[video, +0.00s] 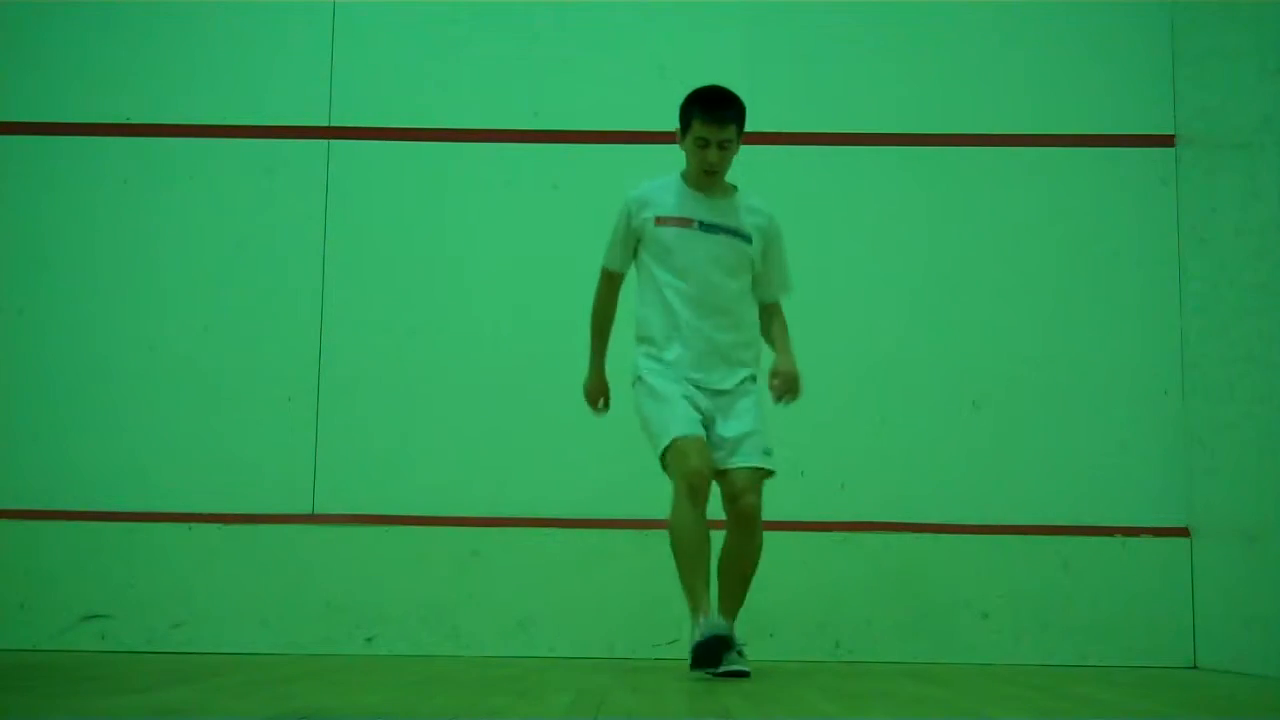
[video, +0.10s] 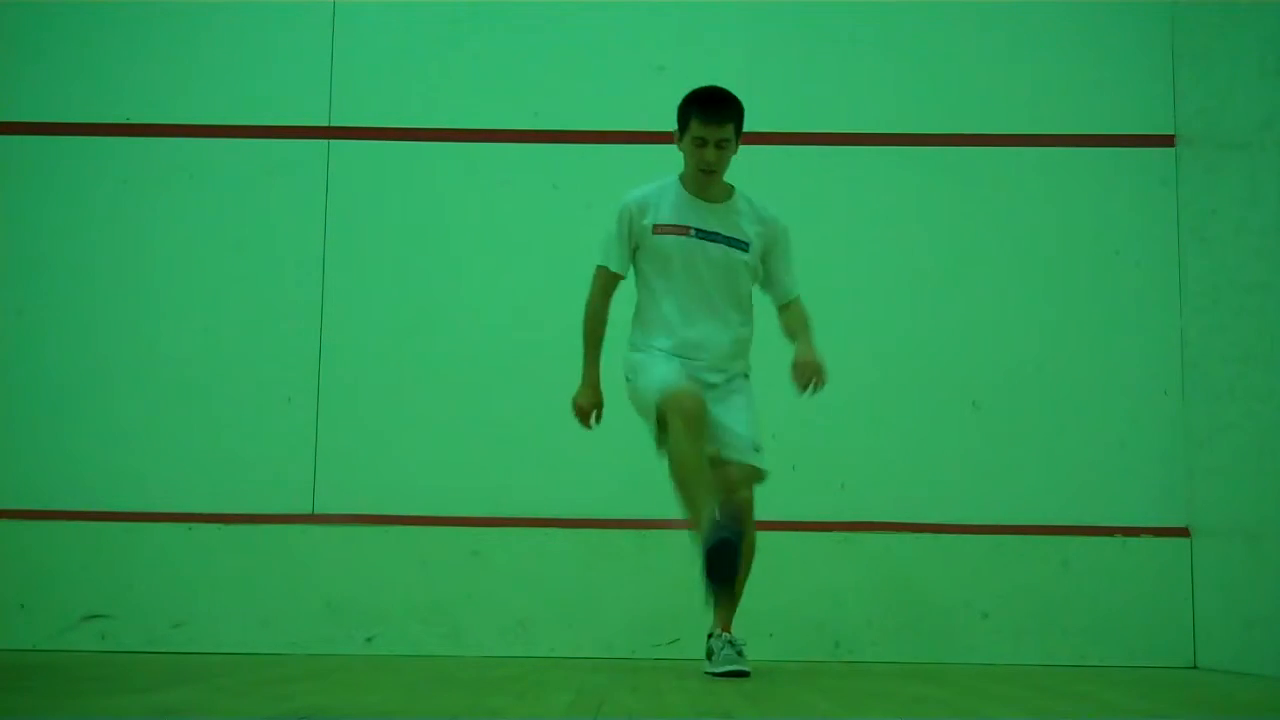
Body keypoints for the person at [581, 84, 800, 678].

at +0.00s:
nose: (713, 158)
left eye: (725, 146)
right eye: (702, 144)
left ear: (739, 145)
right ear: (681, 140)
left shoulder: (759, 222)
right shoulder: (644, 204)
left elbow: (770, 304)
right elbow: (608, 284)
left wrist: (784, 356)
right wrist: (596, 366)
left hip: (737, 380)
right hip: (664, 373)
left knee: (747, 498)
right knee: (695, 472)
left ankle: (724, 635)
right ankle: (703, 624)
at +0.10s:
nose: (709, 155)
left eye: (721, 144)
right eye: (699, 143)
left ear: (736, 145)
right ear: (680, 140)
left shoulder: (763, 226)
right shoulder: (641, 207)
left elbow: (787, 298)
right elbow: (602, 288)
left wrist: (805, 346)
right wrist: (589, 376)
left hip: (727, 373)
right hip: (657, 358)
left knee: (737, 497)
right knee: (686, 405)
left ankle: (722, 634)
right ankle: (710, 536)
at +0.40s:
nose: (680, 114)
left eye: (692, 104)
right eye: (670, 102)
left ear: (705, 110)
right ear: (649, 104)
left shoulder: (734, 191)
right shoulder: (609, 181)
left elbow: (760, 268)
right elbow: (584, 264)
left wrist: (770, 321)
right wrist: (582, 344)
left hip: (704, 362)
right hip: (630, 356)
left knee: (715, 497)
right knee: (606, 453)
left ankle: (721, 631)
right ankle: (637, 592)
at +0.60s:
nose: (654, 124)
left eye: (666, 113)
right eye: (644, 111)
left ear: (681, 116)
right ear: (621, 109)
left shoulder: (702, 195)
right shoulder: (581, 180)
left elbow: (731, 278)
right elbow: (533, 247)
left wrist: (748, 345)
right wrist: (518, 334)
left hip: (669, 361)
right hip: (599, 364)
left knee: (652, 457)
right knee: (602, 499)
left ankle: (684, 590)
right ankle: (636, 629)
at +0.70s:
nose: (646, 115)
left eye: (658, 103)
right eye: (635, 101)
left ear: (671, 101)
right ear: (611, 93)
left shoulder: (690, 176)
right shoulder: (567, 151)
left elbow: (726, 250)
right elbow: (508, 205)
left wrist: (742, 316)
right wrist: (485, 290)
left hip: (652, 333)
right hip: (585, 336)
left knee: (625, 440)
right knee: (584, 479)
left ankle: (630, 600)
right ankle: (632, 606)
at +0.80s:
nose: (636, 127)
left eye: (647, 115)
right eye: (625, 113)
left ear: (658, 112)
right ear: (598, 104)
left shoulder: (672, 182)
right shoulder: (553, 151)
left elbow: (718, 262)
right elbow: (478, 188)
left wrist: (727, 332)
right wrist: (440, 269)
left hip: (640, 344)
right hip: (573, 346)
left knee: (605, 459)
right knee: (544, 465)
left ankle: (578, 621)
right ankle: (640, 576)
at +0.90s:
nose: (623, 169)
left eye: (634, 158)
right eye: (612, 154)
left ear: (645, 152)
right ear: (585, 141)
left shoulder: (653, 229)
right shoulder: (544, 184)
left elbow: (696, 305)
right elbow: (455, 198)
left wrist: (710, 397)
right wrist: (381, 253)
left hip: (625, 382)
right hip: (561, 381)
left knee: (562, 484)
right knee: (519, 494)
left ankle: (567, 638)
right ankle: (635, 593)